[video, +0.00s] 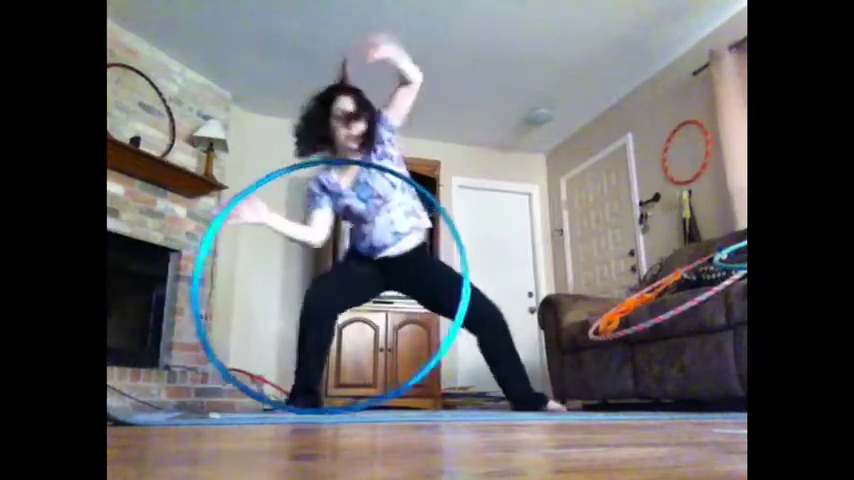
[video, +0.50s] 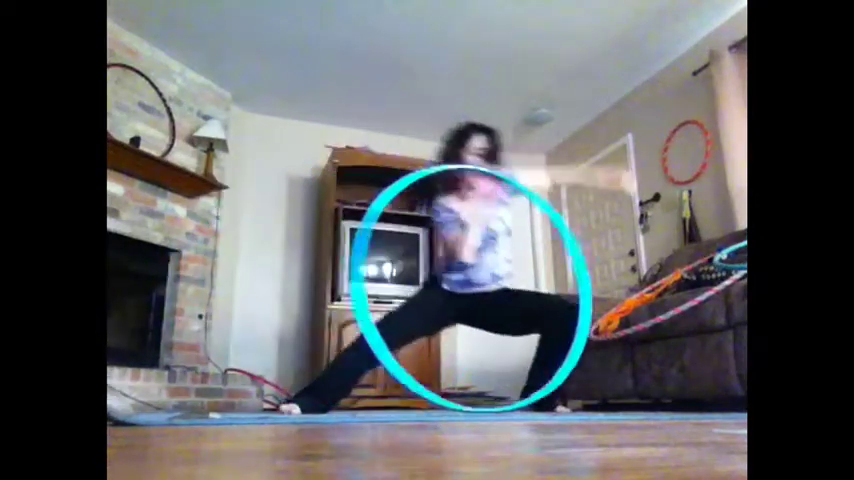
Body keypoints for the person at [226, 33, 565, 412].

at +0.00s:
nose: (354, 127)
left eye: (360, 118)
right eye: (344, 120)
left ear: (369, 119)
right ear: (327, 127)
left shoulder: (384, 137)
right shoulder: (325, 180)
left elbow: (413, 82)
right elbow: (315, 235)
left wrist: (395, 55)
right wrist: (266, 216)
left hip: (415, 262)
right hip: (367, 268)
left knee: (488, 317)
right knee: (320, 299)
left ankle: (526, 402)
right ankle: (305, 398)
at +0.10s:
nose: (380, 138)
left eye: (383, 129)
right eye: (369, 132)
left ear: (390, 129)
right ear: (349, 140)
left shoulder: (403, 146)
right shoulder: (350, 192)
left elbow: (432, 91)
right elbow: (346, 243)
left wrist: (454, 40)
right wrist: (308, 210)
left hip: (432, 270)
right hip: (383, 276)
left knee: (507, 314)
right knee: (333, 305)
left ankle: (530, 402)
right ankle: (304, 401)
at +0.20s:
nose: (396, 142)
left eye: (402, 134)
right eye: (386, 136)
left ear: (411, 136)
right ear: (370, 142)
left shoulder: (425, 153)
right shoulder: (369, 194)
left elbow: (457, 101)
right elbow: (374, 245)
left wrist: (491, 55)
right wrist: (343, 205)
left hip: (445, 275)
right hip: (396, 279)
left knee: (520, 313)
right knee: (347, 306)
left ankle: (532, 402)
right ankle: (306, 400)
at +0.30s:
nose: (421, 149)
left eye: (427, 141)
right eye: (412, 141)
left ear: (435, 143)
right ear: (394, 147)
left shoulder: (448, 156)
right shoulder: (386, 189)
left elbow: (490, 112)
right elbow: (403, 248)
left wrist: (535, 75)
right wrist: (382, 199)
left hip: (459, 282)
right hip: (409, 283)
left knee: (534, 312)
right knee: (360, 314)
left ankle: (536, 404)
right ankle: (306, 400)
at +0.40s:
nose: (451, 154)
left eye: (460, 149)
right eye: (443, 148)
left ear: (469, 154)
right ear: (428, 154)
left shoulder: (481, 174)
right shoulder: (427, 198)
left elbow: (531, 146)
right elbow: (439, 253)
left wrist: (584, 133)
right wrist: (447, 207)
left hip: (478, 291)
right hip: (431, 291)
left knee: (549, 310)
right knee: (370, 334)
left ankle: (537, 401)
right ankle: (307, 404)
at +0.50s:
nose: (476, 160)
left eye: (484, 155)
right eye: (469, 152)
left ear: (494, 160)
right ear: (454, 155)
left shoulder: (499, 198)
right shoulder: (445, 203)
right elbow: (461, 256)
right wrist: (477, 210)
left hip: (492, 299)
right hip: (443, 297)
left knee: (566, 315)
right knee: (376, 341)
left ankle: (539, 402)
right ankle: (306, 404)